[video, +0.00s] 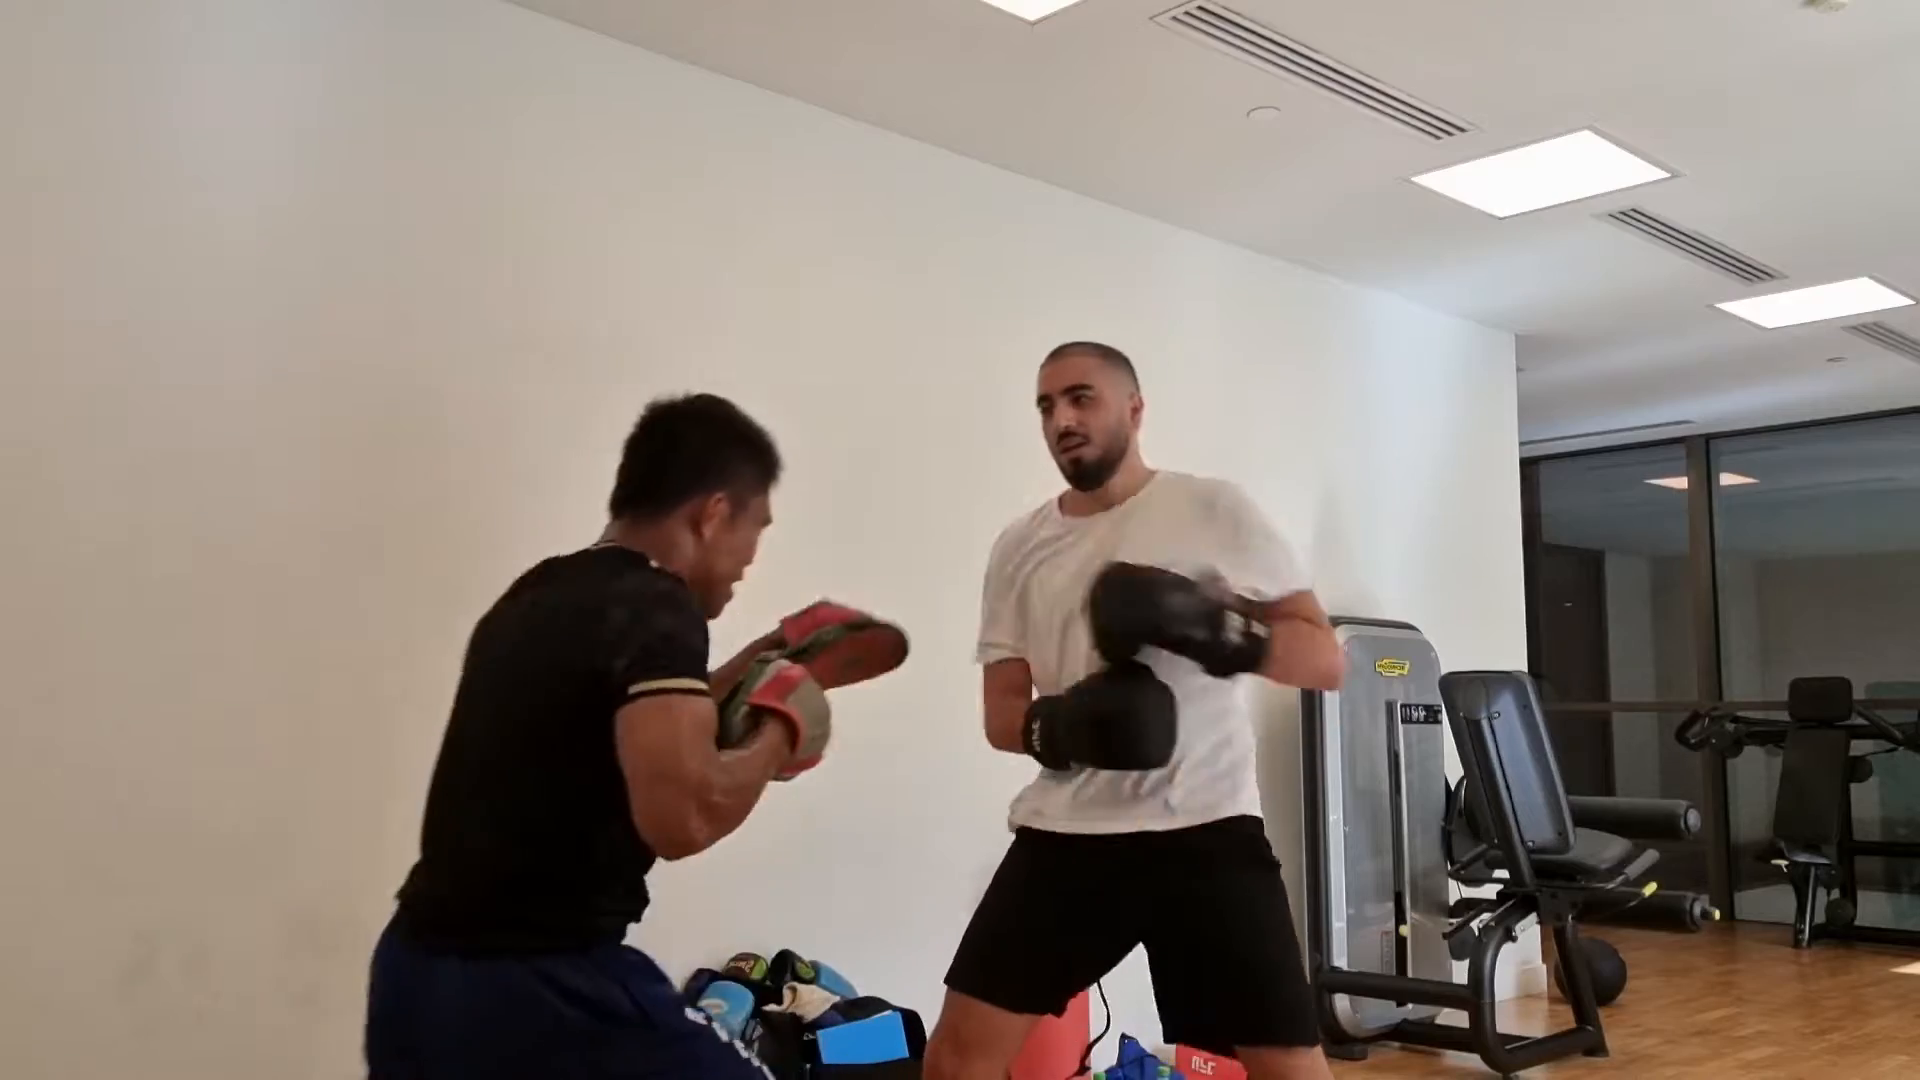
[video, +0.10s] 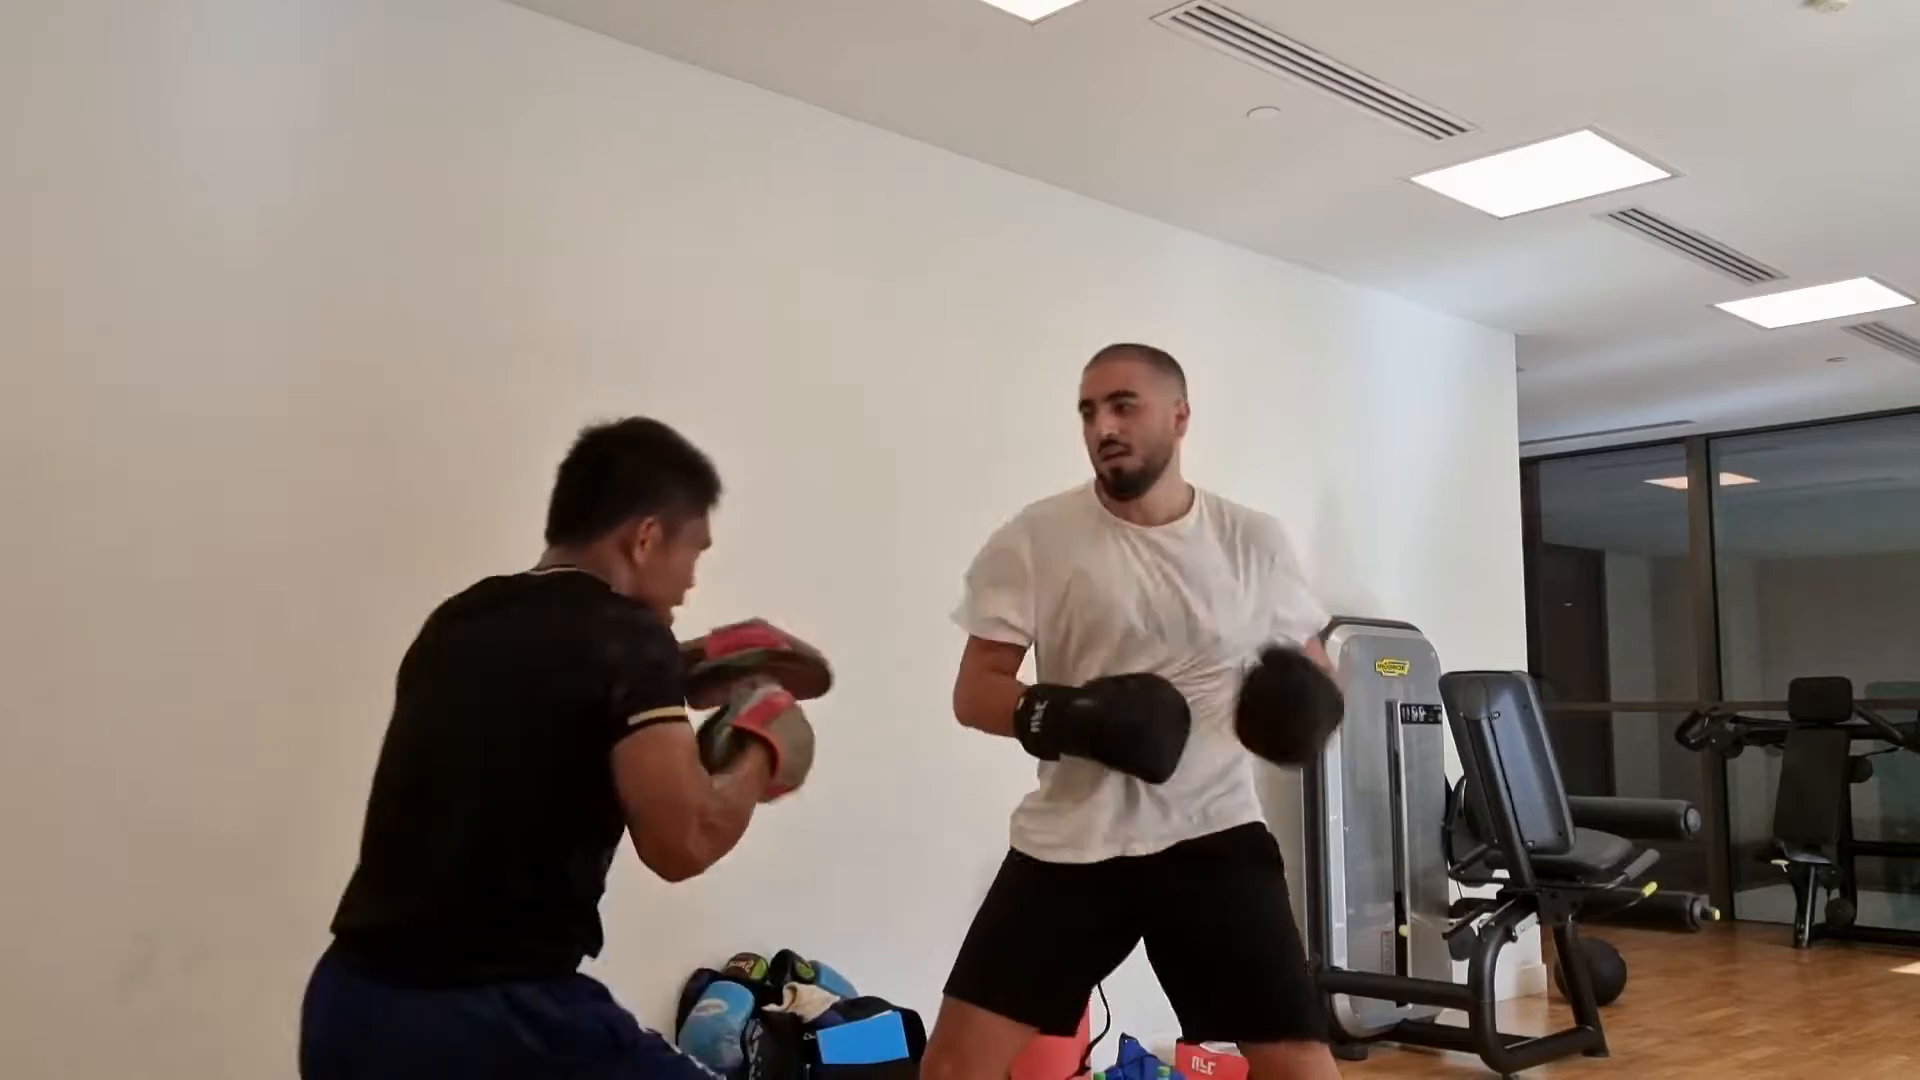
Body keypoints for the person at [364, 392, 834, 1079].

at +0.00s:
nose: (750, 562)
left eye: (763, 534)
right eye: (759, 529)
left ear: (630, 500)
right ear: (711, 515)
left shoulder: (535, 593)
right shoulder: (655, 608)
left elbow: (582, 761)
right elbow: (681, 818)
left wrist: (731, 685)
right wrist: (779, 737)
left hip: (420, 975)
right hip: (552, 990)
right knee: (736, 1066)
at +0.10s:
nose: (690, 583)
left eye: (699, 556)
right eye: (694, 552)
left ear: (563, 527)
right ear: (643, 540)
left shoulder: (456, 618)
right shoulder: (628, 636)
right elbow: (680, 842)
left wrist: (672, 673)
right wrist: (757, 751)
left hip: (353, 1005)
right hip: (508, 1016)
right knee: (692, 1069)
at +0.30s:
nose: (729, 567)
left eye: (739, 538)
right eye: (736, 533)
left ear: (610, 508)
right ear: (691, 517)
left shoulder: (522, 598)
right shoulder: (640, 603)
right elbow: (676, 798)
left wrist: (598, 531)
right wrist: (799, 729)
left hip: (419, 979)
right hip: (548, 993)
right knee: (735, 1066)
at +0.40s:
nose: (735, 547)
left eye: (747, 520)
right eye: (744, 514)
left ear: (617, 486)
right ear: (700, 497)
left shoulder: (534, 586)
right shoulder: (643, 572)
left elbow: (633, 737)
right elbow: (710, 734)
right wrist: (845, 677)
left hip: (446, 965)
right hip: (572, 973)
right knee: (750, 1065)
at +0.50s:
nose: (700, 514)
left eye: (707, 495)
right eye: (703, 491)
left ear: (575, 464)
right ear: (657, 472)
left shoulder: (470, 577)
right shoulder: (644, 541)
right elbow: (773, 639)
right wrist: (936, 586)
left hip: (452, 952)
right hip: (612, 946)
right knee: (772, 1060)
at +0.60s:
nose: (679, 504)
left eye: (684, 488)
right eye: (680, 486)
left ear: (547, 478)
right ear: (636, 476)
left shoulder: (437, 585)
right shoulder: (669, 551)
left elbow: (412, 708)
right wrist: (1017, 539)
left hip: (448, 954)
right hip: (625, 944)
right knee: (762, 1057)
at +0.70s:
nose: (734, 501)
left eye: (739, 481)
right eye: (735, 478)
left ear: (590, 475)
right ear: (692, 470)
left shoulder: (513, 585)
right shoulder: (708, 550)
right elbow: (868, 680)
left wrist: (881, 625)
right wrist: (984, 638)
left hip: (490, 958)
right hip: (654, 958)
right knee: (797, 1061)